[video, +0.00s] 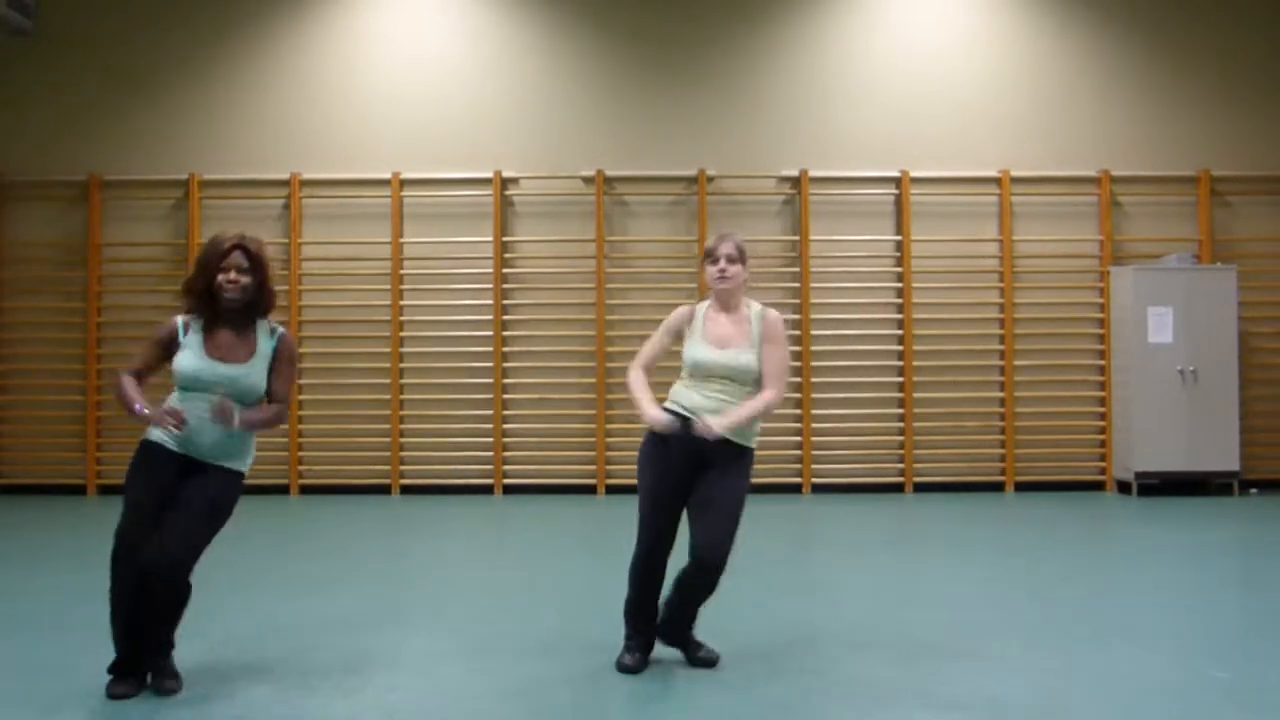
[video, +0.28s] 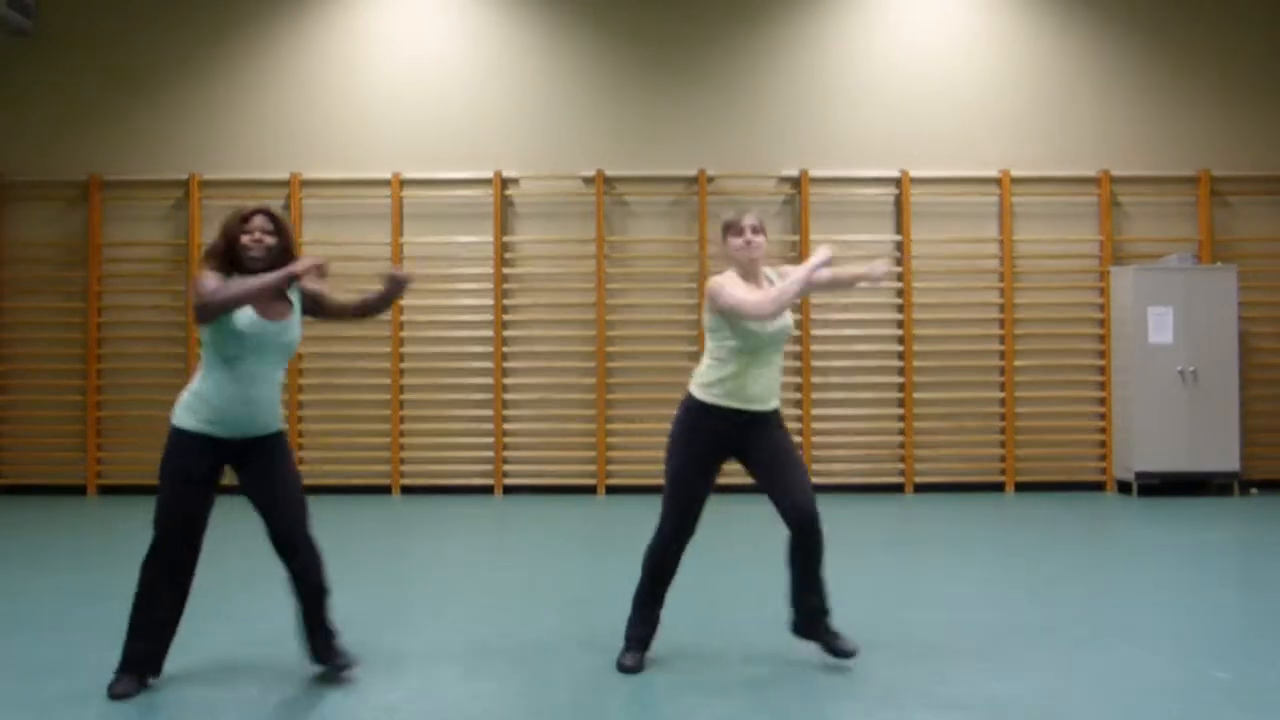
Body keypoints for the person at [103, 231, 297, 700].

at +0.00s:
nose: (232, 278)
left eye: (242, 271)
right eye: (223, 270)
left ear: (257, 281)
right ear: (210, 277)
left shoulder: (277, 342)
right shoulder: (182, 329)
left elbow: (279, 410)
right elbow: (130, 376)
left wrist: (241, 419)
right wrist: (148, 411)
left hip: (221, 467)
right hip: (163, 453)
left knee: (170, 560)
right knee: (130, 553)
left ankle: (161, 654)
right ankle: (128, 665)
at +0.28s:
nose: (257, 236)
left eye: (269, 231)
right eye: (248, 229)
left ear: (283, 246)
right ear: (232, 242)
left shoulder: (295, 293)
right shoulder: (213, 281)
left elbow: (351, 310)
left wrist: (389, 293)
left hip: (264, 436)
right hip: (198, 433)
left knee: (296, 542)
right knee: (171, 548)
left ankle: (325, 649)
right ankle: (136, 668)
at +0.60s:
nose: (319, 253)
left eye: (328, 245)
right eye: (309, 245)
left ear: (343, 254)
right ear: (294, 255)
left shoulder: (362, 305)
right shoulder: (276, 304)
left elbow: (406, 353)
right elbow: (270, 364)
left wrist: (428, 332)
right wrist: (321, 348)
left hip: (338, 443)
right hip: (282, 444)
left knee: (353, 546)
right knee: (303, 547)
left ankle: (364, 650)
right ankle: (289, 637)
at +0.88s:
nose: (349, 231)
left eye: (357, 225)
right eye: (338, 225)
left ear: (373, 238)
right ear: (323, 239)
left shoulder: (389, 285)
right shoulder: (313, 285)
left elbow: (451, 306)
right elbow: (298, 309)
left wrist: (461, 275)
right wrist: (347, 265)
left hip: (383, 425)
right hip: (325, 428)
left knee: (418, 520)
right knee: (320, 537)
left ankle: (436, 624)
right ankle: (309, 654)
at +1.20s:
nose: (376, 268)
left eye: (386, 260)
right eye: (368, 263)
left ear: (405, 268)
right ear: (359, 277)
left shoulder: (435, 306)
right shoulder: (357, 330)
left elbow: (490, 303)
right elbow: (317, 353)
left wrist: (500, 292)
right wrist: (364, 316)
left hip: (465, 437)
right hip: (411, 451)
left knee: (483, 543)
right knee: (416, 542)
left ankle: (494, 648)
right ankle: (376, 615)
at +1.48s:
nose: (380, 278)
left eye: (387, 267)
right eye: (369, 270)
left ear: (403, 266)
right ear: (358, 276)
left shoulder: (431, 305)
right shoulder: (364, 324)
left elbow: (438, 351)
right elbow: (344, 382)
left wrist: (373, 351)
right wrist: (328, 357)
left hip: (458, 433)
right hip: (407, 443)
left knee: (471, 548)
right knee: (395, 553)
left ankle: (495, 647)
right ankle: (431, 612)